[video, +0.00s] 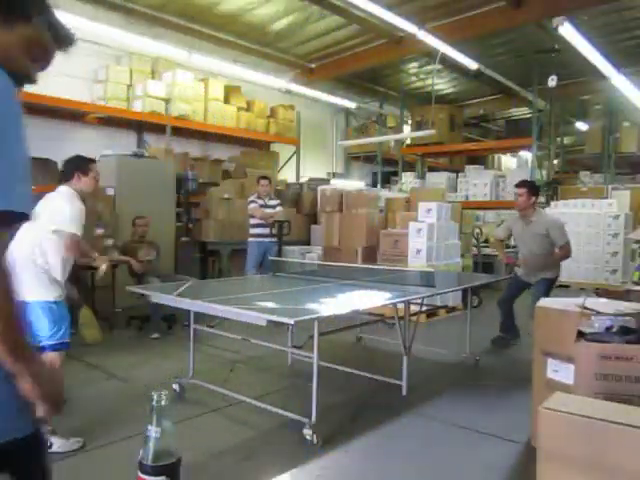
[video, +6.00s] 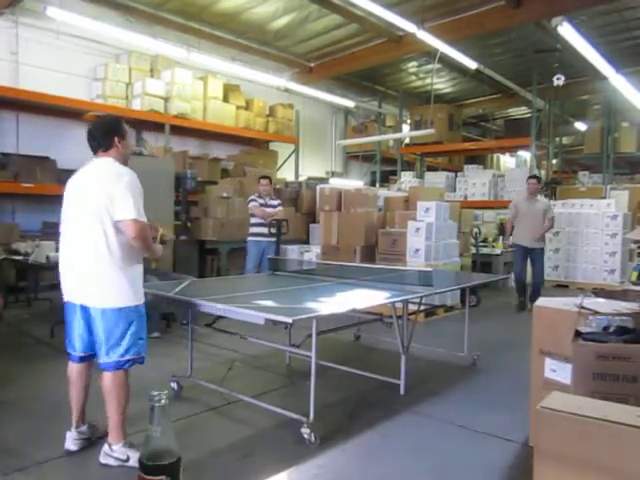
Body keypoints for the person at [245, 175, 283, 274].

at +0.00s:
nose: (264, 188)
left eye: (267, 185)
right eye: (262, 185)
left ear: (270, 187)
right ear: (257, 187)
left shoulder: (275, 201)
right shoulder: (252, 200)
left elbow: (280, 216)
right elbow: (258, 214)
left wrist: (263, 216)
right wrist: (274, 214)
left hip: (272, 240)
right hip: (256, 239)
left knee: (269, 270)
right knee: (251, 270)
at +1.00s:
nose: (250, 188)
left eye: (252, 185)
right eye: (248, 185)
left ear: (255, 187)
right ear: (242, 186)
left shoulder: (260, 201)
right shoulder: (237, 200)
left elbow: (266, 217)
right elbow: (245, 214)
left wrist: (251, 217)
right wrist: (260, 214)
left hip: (259, 240)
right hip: (243, 241)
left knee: (265, 269)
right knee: (245, 271)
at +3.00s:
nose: (259, 187)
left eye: (262, 185)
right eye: (257, 185)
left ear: (265, 186)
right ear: (252, 186)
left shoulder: (270, 201)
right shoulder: (247, 200)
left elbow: (276, 215)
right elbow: (253, 212)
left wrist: (261, 216)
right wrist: (269, 212)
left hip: (268, 238)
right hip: (253, 238)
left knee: (267, 269)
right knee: (249, 269)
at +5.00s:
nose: (247, 186)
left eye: (249, 183)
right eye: (244, 183)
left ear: (253, 185)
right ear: (239, 185)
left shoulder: (259, 199)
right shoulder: (235, 199)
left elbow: (267, 216)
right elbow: (243, 213)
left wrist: (252, 218)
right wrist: (259, 212)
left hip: (258, 239)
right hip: (242, 240)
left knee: (262, 270)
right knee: (245, 271)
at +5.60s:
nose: (260, 188)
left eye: (262, 185)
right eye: (257, 185)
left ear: (266, 186)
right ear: (254, 186)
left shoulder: (272, 201)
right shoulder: (249, 200)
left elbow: (277, 215)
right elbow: (255, 213)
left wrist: (264, 218)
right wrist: (271, 214)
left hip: (269, 239)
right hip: (253, 239)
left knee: (267, 269)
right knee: (250, 269)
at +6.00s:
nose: (264, 188)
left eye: (267, 185)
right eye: (262, 185)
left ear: (271, 186)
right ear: (258, 187)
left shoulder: (277, 201)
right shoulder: (253, 199)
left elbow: (281, 215)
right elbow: (257, 212)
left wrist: (269, 218)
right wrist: (274, 213)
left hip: (271, 239)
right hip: (255, 238)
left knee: (268, 268)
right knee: (251, 268)